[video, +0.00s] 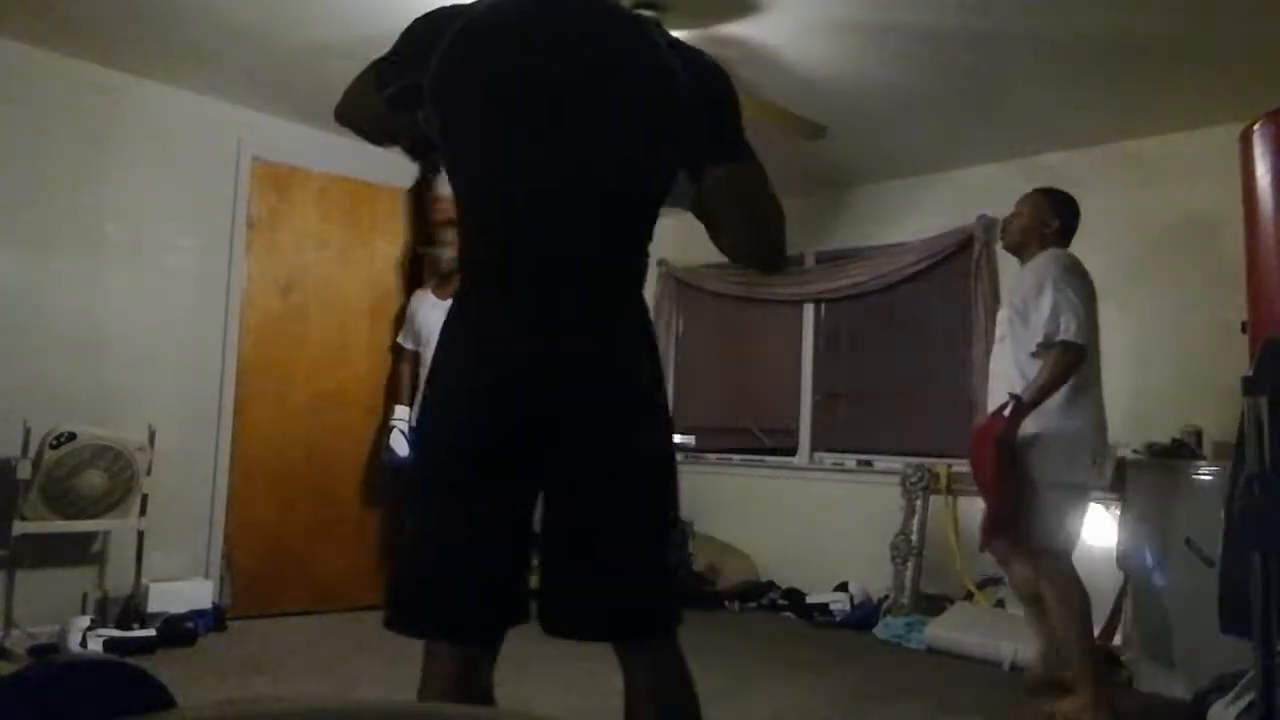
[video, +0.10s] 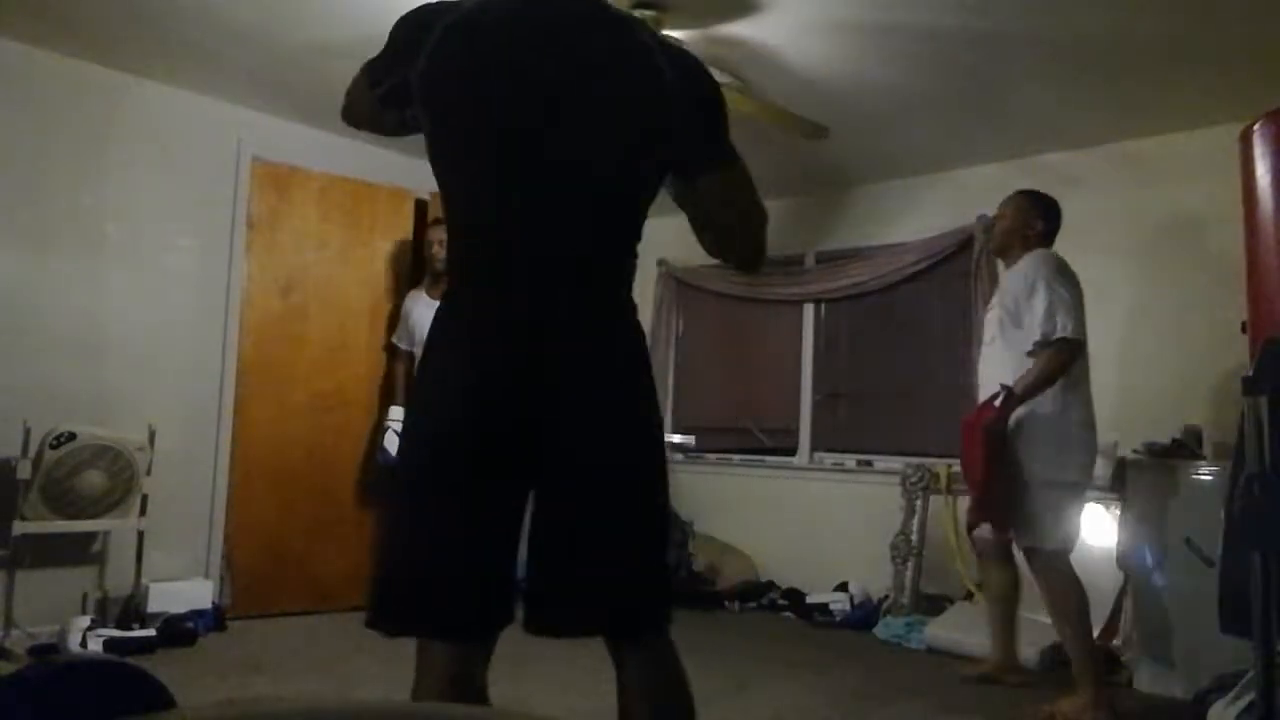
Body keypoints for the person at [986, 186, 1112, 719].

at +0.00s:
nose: (1007, 221)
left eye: (1018, 212)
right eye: (1011, 213)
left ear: (1048, 225)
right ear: (1049, 227)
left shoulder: (1056, 269)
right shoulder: (1039, 272)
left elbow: (1067, 350)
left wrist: (1014, 411)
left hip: (1055, 448)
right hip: (1033, 445)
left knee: (1049, 559)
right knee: (1009, 547)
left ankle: (1084, 691)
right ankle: (1058, 656)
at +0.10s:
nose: (991, 222)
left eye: (1001, 214)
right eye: (994, 215)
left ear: (1030, 227)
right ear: (1030, 229)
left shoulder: (1042, 269)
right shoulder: (1018, 275)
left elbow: (1063, 347)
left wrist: (1005, 402)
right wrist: (983, 254)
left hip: (1043, 442)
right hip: (1014, 439)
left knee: (1046, 554)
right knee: (990, 540)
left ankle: (1088, 692)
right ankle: (1003, 660)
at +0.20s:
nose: (975, 226)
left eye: (986, 219)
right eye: (978, 218)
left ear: (1019, 230)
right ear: (1011, 231)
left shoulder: (1032, 270)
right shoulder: (998, 280)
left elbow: (1057, 346)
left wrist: (994, 401)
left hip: (1036, 449)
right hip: (998, 447)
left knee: (1041, 557)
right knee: (975, 545)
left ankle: (1086, 688)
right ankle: (980, 658)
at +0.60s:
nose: (931, 221)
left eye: (941, 213)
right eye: (930, 214)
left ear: (973, 219)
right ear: (936, 227)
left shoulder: (996, 261)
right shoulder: (935, 284)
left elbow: (1048, 322)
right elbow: (950, 348)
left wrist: (994, 361)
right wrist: (921, 361)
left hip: (989, 425)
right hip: (942, 428)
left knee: (973, 538)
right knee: (940, 535)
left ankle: (1008, 664)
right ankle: (968, 653)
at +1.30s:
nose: (869, 244)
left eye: (879, 235)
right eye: (870, 236)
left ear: (909, 244)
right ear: (882, 247)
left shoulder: (934, 291)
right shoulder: (873, 303)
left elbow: (974, 363)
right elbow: (868, 368)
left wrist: (926, 385)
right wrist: (846, 366)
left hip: (924, 440)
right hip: (880, 441)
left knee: (911, 541)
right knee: (881, 540)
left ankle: (970, 652)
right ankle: (919, 644)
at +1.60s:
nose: (842, 245)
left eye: (851, 236)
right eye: (843, 237)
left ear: (883, 243)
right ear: (866, 245)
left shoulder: (903, 286)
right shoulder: (860, 298)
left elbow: (940, 353)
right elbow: (853, 359)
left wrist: (867, 368)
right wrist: (824, 368)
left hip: (900, 451)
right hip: (869, 449)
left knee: (879, 548)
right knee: (878, 548)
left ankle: (904, 673)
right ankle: (914, 648)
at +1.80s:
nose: (820, 237)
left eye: (830, 229)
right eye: (821, 229)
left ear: (861, 236)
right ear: (848, 238)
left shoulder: (878, 274)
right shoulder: (842, 286)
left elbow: (890, 349)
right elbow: (843, 364)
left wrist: (824, 350)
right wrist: (798, 361)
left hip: (881, 447)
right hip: (842, 445)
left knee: (875, 550)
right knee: (812, 526)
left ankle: (903, 677)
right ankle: (860, 617)